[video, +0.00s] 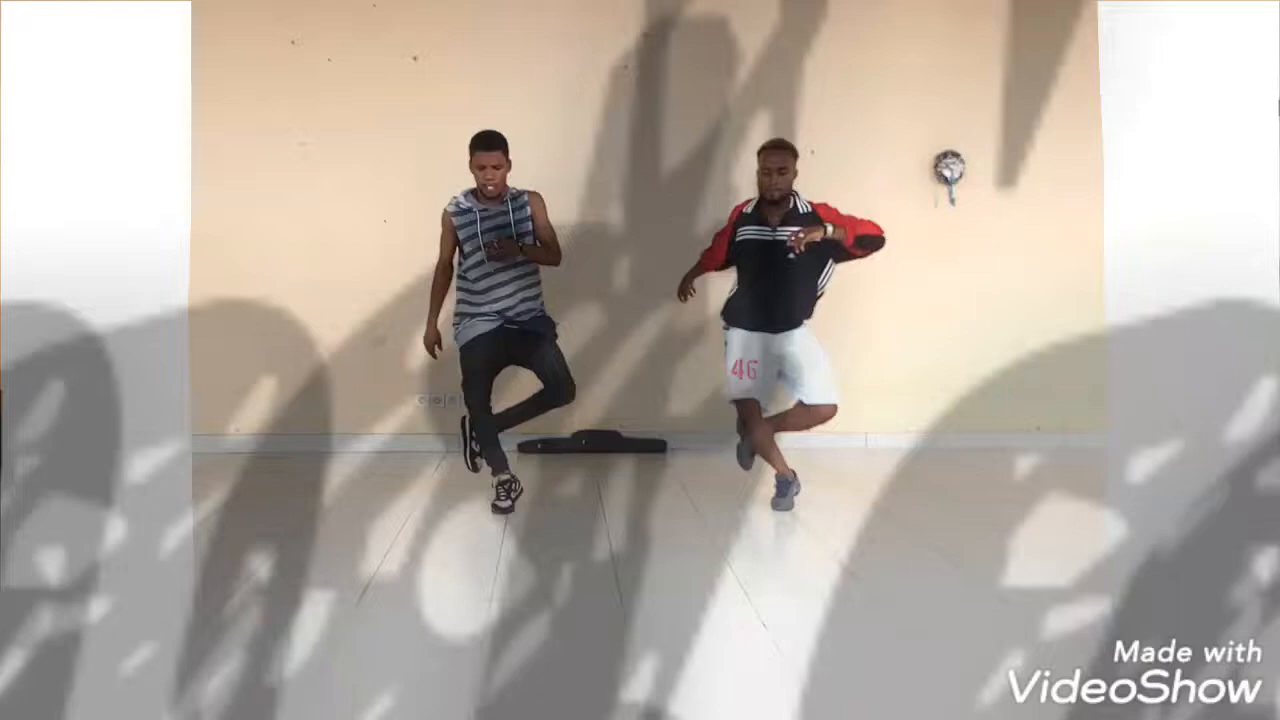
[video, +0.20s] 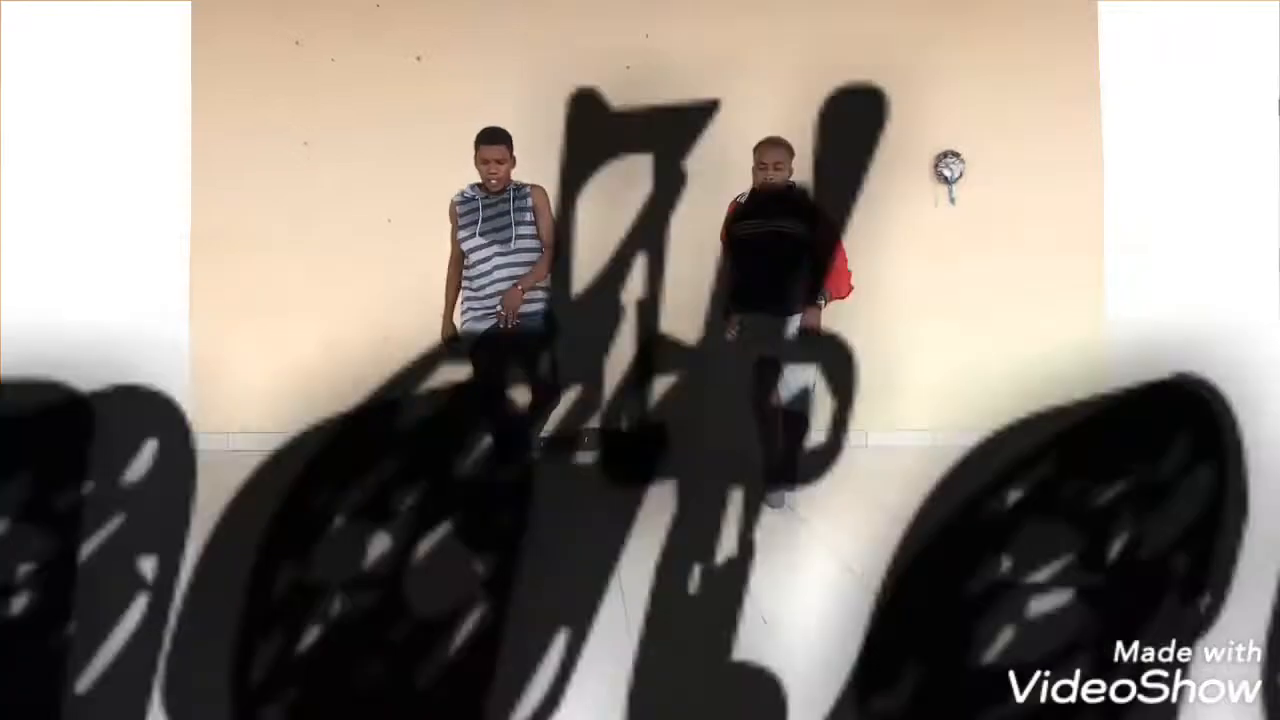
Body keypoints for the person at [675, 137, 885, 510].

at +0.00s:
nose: (772, 179)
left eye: (781, 171)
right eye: (765, 171)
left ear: (795, 174)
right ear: (757, 174)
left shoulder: (817, 217)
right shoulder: (742, 217)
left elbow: (875, 238)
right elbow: (719, 253)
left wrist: (827, 232)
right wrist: (692, 274)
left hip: (793, 330)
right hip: (745, 329)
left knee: (822, 407)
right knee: (749, 414)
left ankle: (756, 430)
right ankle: (785, 476)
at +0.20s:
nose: (770, 173)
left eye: (777, 166)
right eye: (763, 166)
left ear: (791, 167)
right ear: (753, 167)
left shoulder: (808, 211)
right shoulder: (739, 210)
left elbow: (832, 262)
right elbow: (729, 265)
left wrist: (817, 304)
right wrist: (726, 311)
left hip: (792, 315)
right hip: (746, 314)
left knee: (791, 397)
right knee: (748, 394)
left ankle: (782, 479)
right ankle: (757, 471)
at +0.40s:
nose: (770, 175)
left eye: (778, 168)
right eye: (763, 168)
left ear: (792, 171)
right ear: (754, 171)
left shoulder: (815, 220)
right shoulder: (738, 217)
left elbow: (845, 271)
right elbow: (729, 266)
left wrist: (821, 300)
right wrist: (716, 306)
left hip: (796, 325)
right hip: (750, 323)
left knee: (797, 396)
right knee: (748, 400)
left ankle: (786, 462)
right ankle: (737, 491)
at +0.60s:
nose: (775, 164)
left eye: (784, 157)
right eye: (770, 155)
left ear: (801, 159)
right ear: (762, 156)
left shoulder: (819, 204)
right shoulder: (740, 190)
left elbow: (828, 250)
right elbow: (710, 241)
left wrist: (825, 291)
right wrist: (719, 211)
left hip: (790, 306)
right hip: (743, 306)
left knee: (821, 371)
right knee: (750, 397)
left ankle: (787, 440)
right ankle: (742, 473)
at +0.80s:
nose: (772, 155)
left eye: (781, 149)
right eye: (767, 148)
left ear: (801, 153)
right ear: (760, 152)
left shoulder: (818, 197)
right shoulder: (743, 193)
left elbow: (847, 258)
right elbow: (717, 250)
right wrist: (746, 261)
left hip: (794, 311)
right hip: (746, 312)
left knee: (808, 393)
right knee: (745, 398)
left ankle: (800, 485)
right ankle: (744, 480)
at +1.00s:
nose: (756, 107)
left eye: (766, 98)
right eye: (750, 98)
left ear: (786, 94)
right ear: (744, 96)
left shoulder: (811, 132)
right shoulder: (734, 144)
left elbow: (859, 183)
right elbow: (702, 189)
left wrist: (830, 158)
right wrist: (661, 223)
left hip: (790, 253)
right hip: (750, 253)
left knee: (833, 327)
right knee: (738, 348)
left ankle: (885, 413)